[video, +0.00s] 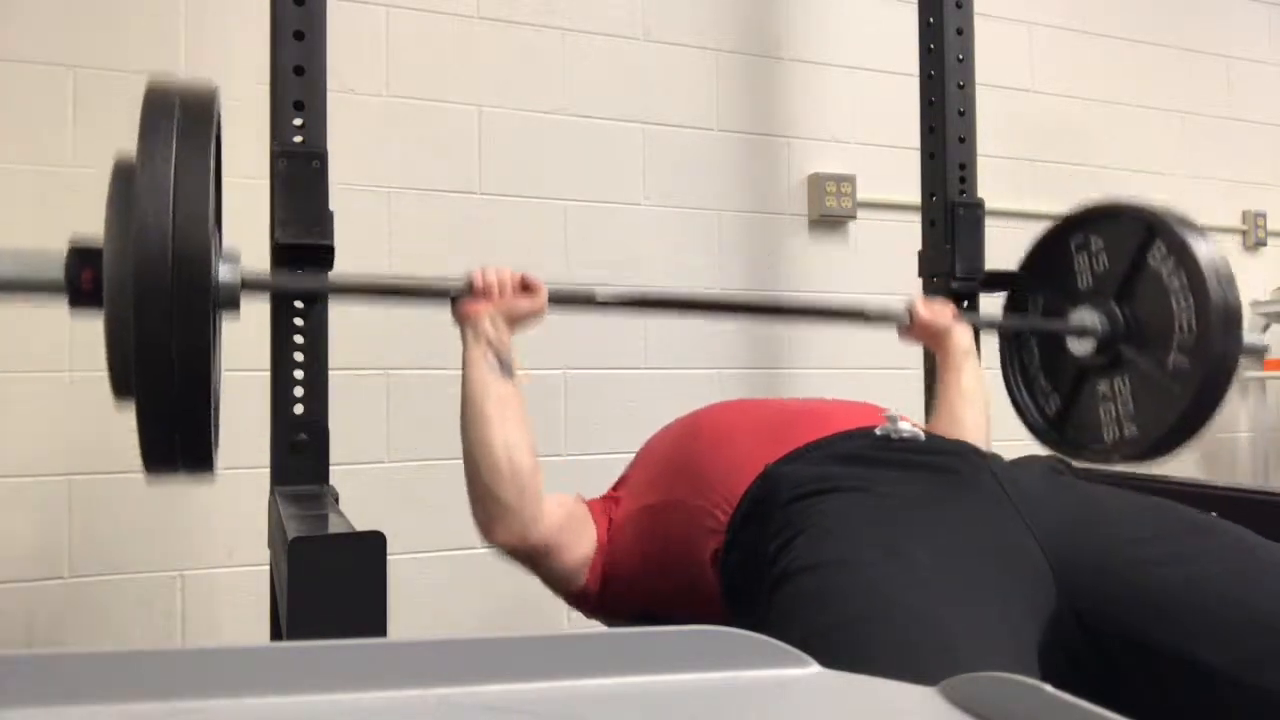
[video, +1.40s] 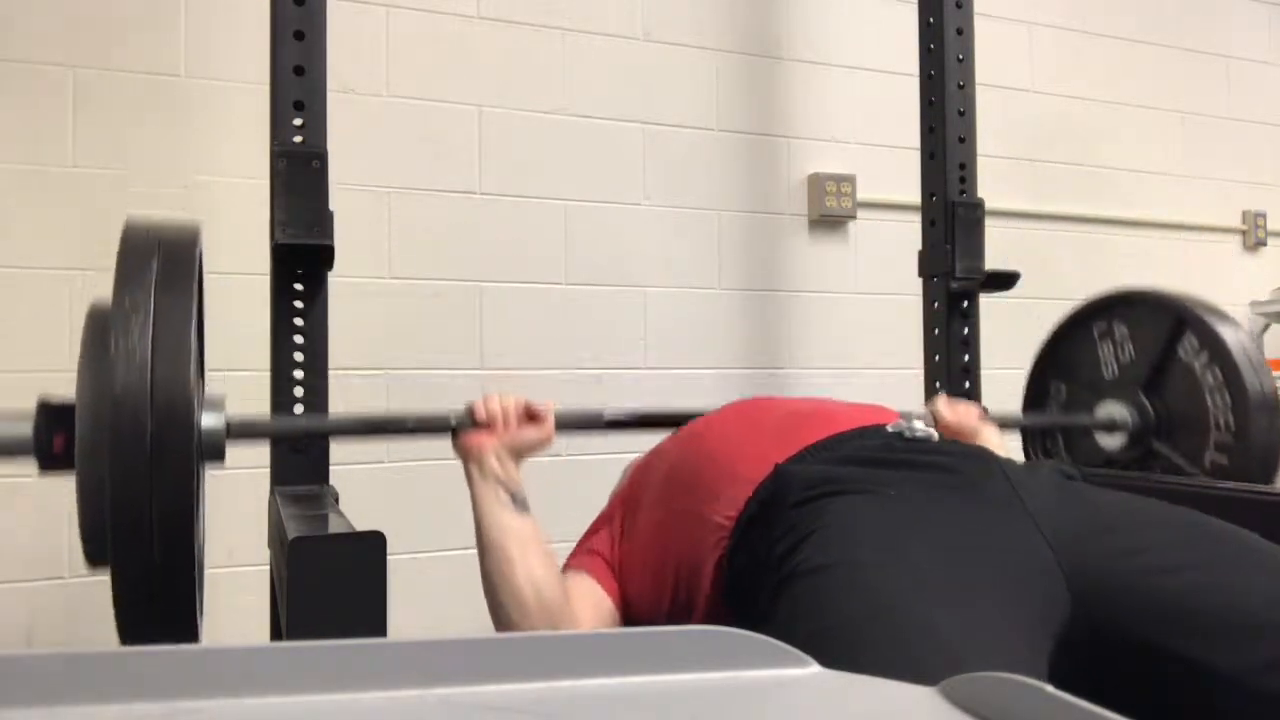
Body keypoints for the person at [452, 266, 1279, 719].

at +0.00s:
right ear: (649, 492)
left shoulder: (862, 437)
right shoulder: (622, 539)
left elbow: (965, 470)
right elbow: (512, 516)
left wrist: (954, 348)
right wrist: (484, 345)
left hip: (1031, 487)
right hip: (846, 506)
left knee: (1272, 614)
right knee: (937, 687)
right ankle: (977, 701)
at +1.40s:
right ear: (647, 482)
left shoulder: (872, 422)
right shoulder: (624, 528)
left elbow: (1032, 515)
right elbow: (552, 636)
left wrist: (982, 445)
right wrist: (492, 482)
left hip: (1032, 488)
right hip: (856, 501)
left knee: (1273, 604)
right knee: (936, 682)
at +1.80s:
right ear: (652, 497)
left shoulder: (873, 433)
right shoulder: (624, 542)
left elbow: (970, 479)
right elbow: (521, 543)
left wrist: (977, 365)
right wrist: (483, 379)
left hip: (1039, 487)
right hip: (854, 507)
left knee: (1274, 622)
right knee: (913, 700)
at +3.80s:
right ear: (650, 487)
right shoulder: (633, 519)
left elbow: (1014, 515)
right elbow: (547, 618)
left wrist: (983, 428)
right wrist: (495, 441)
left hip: (1017, 481)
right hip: (855, 499)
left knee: (1277, 622)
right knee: (942, 694)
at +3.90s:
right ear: (647, 481)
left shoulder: (865, 422)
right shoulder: (625, 531)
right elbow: (551, 629)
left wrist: (986, 451)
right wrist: (499, 483)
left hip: (1035, 487)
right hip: (858, 504)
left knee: (1273, 608)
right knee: (932, 686)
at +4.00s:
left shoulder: (849, 425)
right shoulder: (613, 544)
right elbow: (555, 635)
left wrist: (986, 457)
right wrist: (498, 499)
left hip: (1035, 487)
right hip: (856, 506)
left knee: (1274, 607)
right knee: (929, 700)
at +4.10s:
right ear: (645, 488)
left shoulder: (870, 422)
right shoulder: (626, 529)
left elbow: (1032, 523)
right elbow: (559, 625)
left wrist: (996, 446)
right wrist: (501, 477)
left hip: (1043, 487)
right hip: (862, 499)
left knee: (1276, 610)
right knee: (939, 690)